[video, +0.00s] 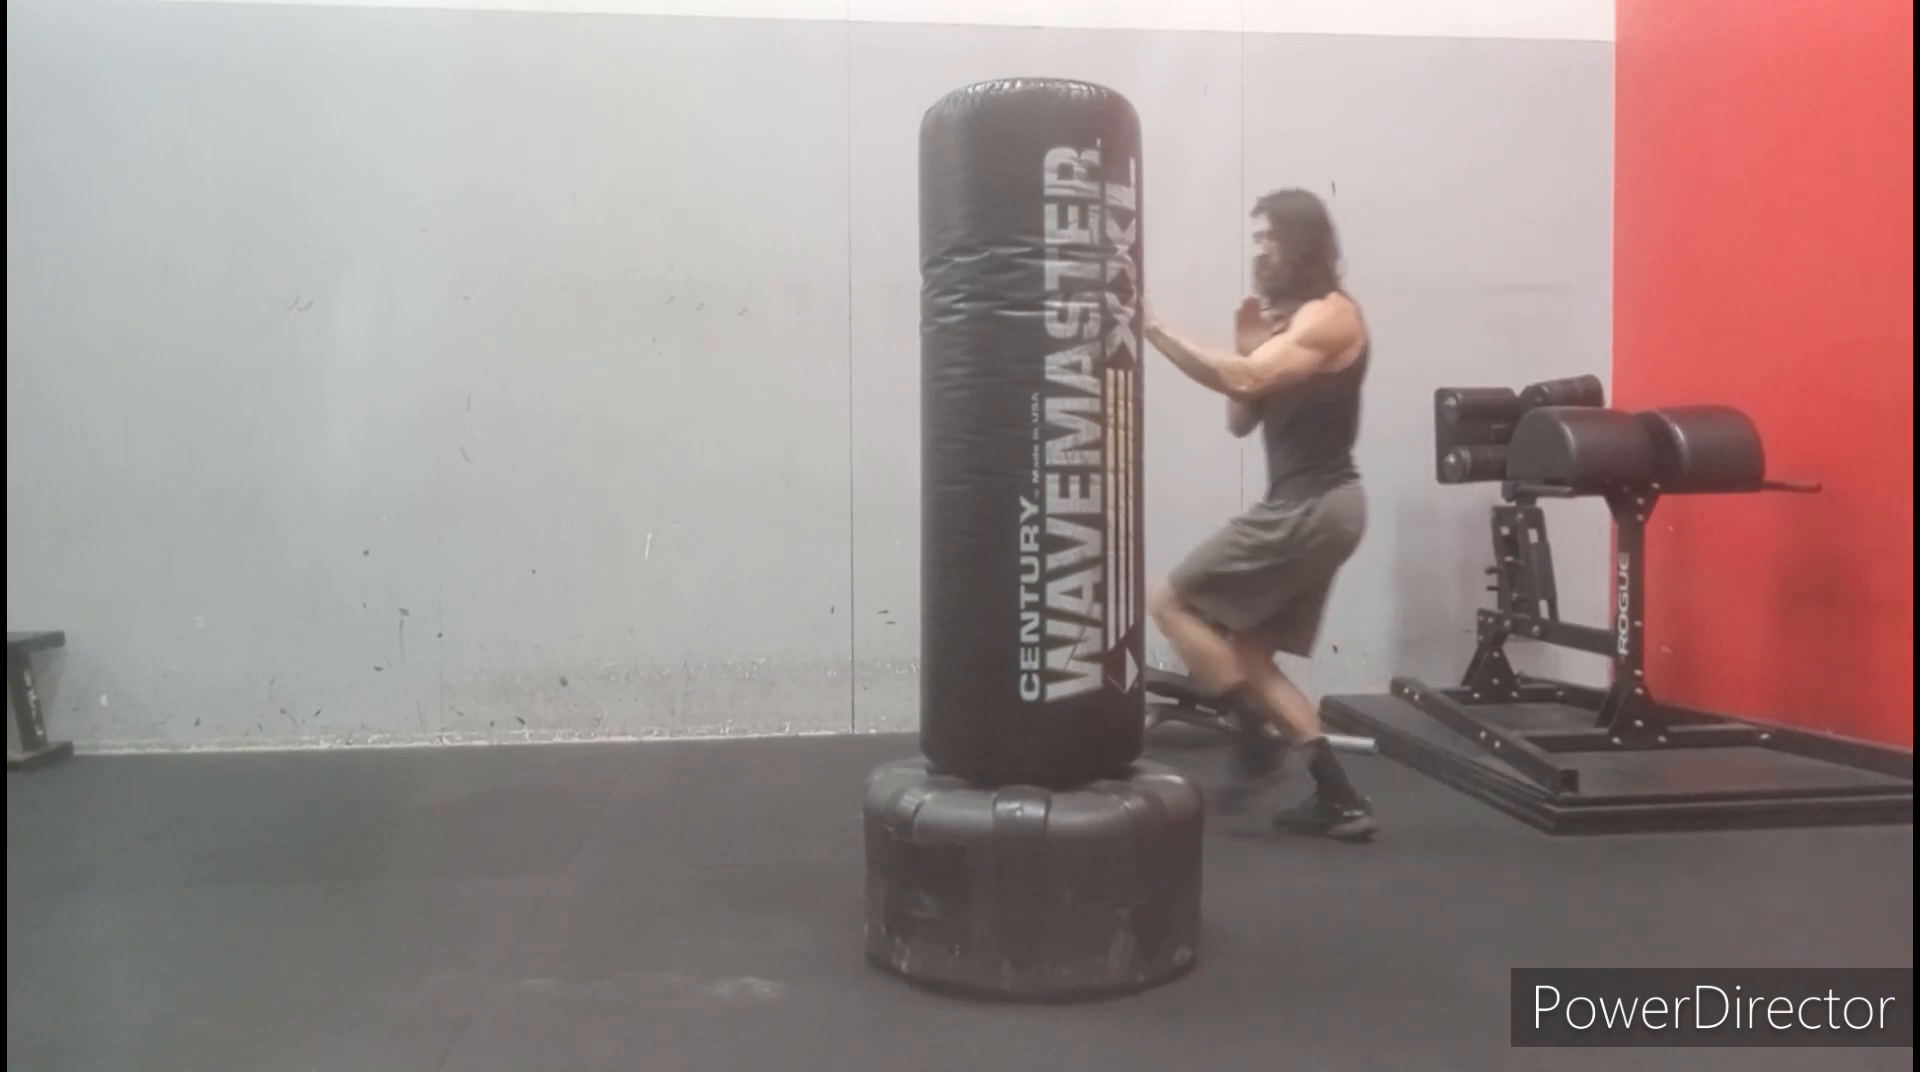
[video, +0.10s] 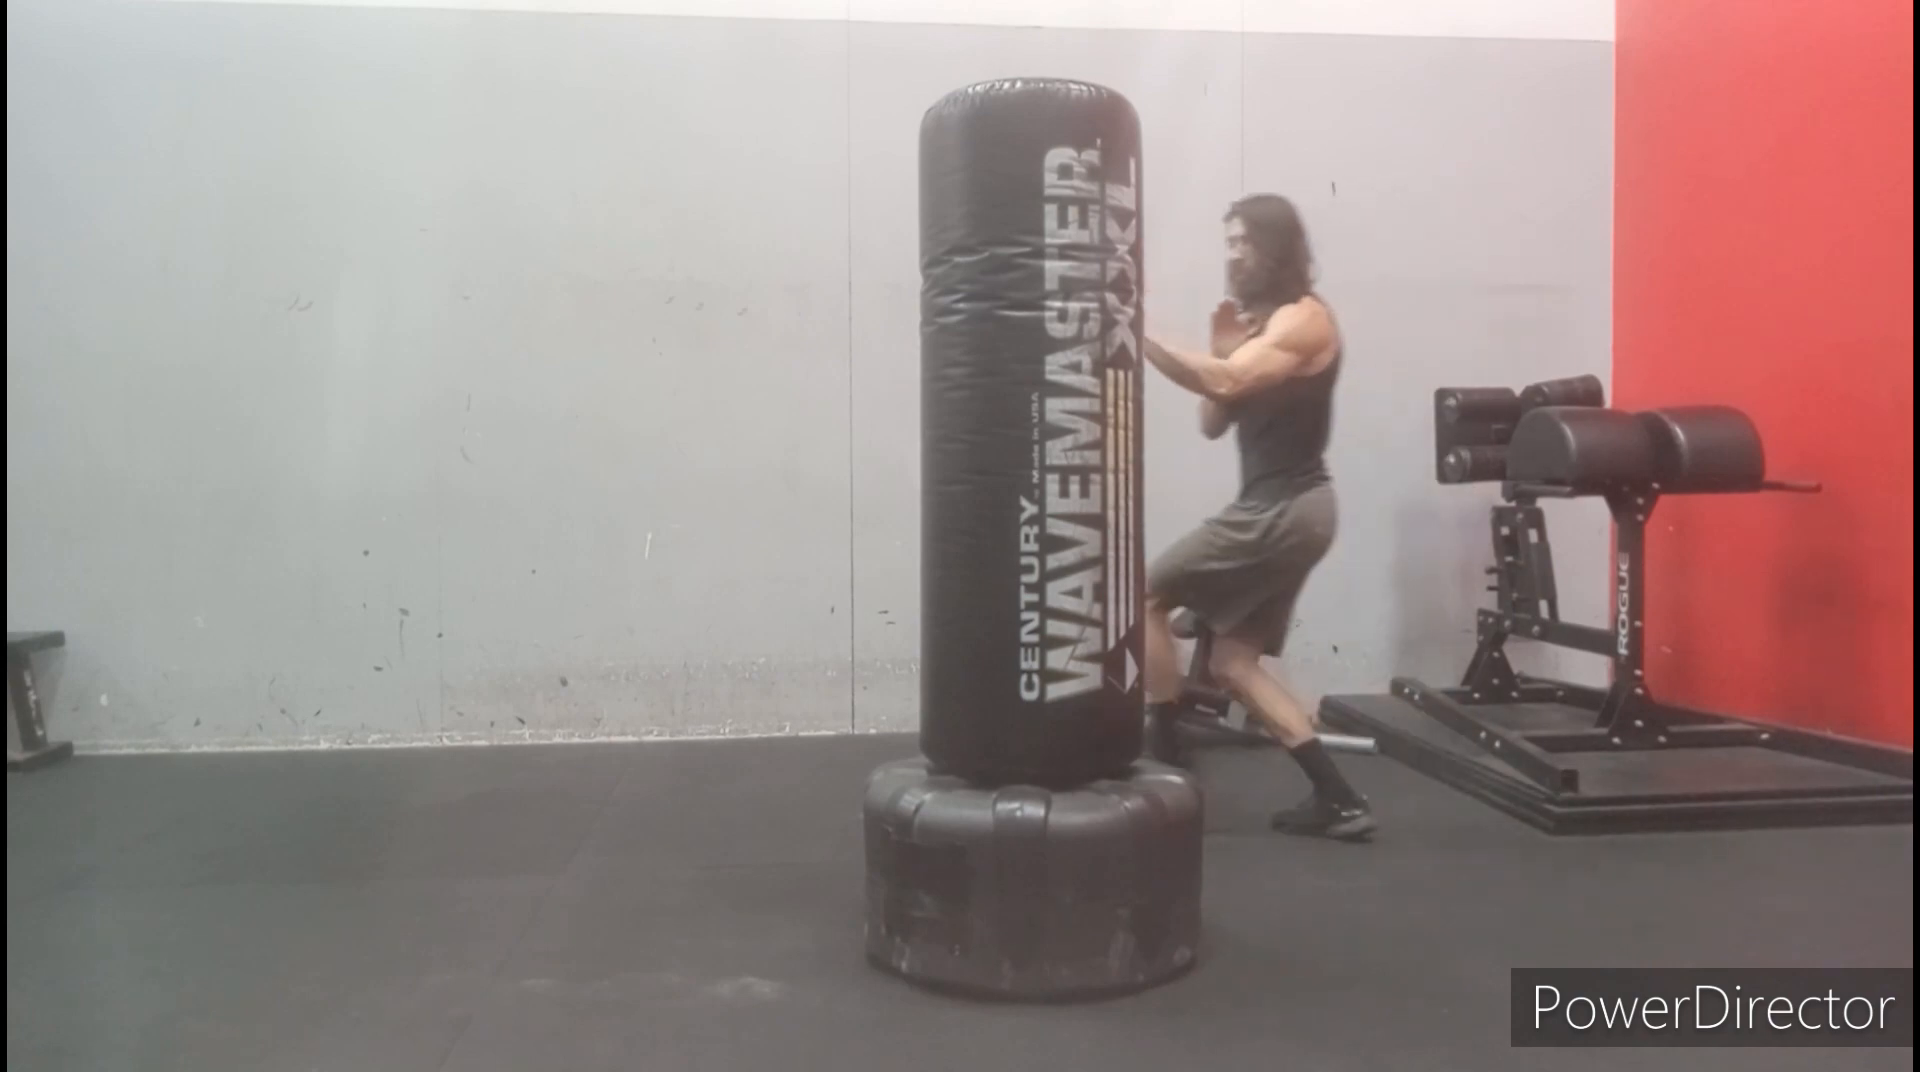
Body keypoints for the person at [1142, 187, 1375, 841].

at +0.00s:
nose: (1257, 255)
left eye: (1269, 242)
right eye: (1256, 242)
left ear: (1307, 249)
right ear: (1269, 248)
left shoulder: (1331, 315)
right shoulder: (1295, 322)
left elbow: (1247, 380)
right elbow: (1238, 421)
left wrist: (1152, 329)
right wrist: (1245, 350)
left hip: (1312, 505)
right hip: (1318, 505)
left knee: (1171, 601)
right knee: (1248, 660)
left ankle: (1252, 722)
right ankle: (1336, 794)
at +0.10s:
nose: (1230, 256)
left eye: (1241, 243)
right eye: (1228, 244)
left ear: (1276, 248)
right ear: (1243, 252)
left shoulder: (1305, 319)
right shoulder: (1259, 326)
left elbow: (1228, 381)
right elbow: (1214, 423)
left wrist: (1140, 342)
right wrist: (1221, 351)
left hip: (1288, 507)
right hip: (1278, 505)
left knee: (1142, 595)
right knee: (1230, 661)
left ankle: (1163, 757)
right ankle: (1336, 797)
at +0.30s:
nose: (1170, 261)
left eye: (1181, 249)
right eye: (1167, 249)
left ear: (1215, 255)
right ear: (1166, 256)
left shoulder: (1238, 327)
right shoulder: (1179, 327)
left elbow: (1172, 388)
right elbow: (1137, 420)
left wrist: (1133, 345)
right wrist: (1152, 352)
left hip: (1211, 517)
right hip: (1215, 514)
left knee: (1095, 614)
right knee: (1202, 678)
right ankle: (1328, 786)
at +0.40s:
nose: (1135, 264)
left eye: (1147, 251)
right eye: (1133, 251)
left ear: (1179, 259)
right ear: (1139, 259)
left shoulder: (1199, 329)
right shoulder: (1151, 327)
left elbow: (1132, 390)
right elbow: (1118, 396)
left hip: (1170, 513)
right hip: (1164, 510)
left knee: (1103, 652)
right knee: (1162, 668)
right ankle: (1303, 765)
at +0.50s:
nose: (1104, 273)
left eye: (1112, 259)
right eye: (1105, 259)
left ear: (1133, 263)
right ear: (1156, 260)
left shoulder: (1164, 330)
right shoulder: (1145, 328)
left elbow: (1114, 406)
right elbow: (1119, 403)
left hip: (1147, 502)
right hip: (1141, 499)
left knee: (1114, 656)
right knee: (1114, 654)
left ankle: (1234, 719)